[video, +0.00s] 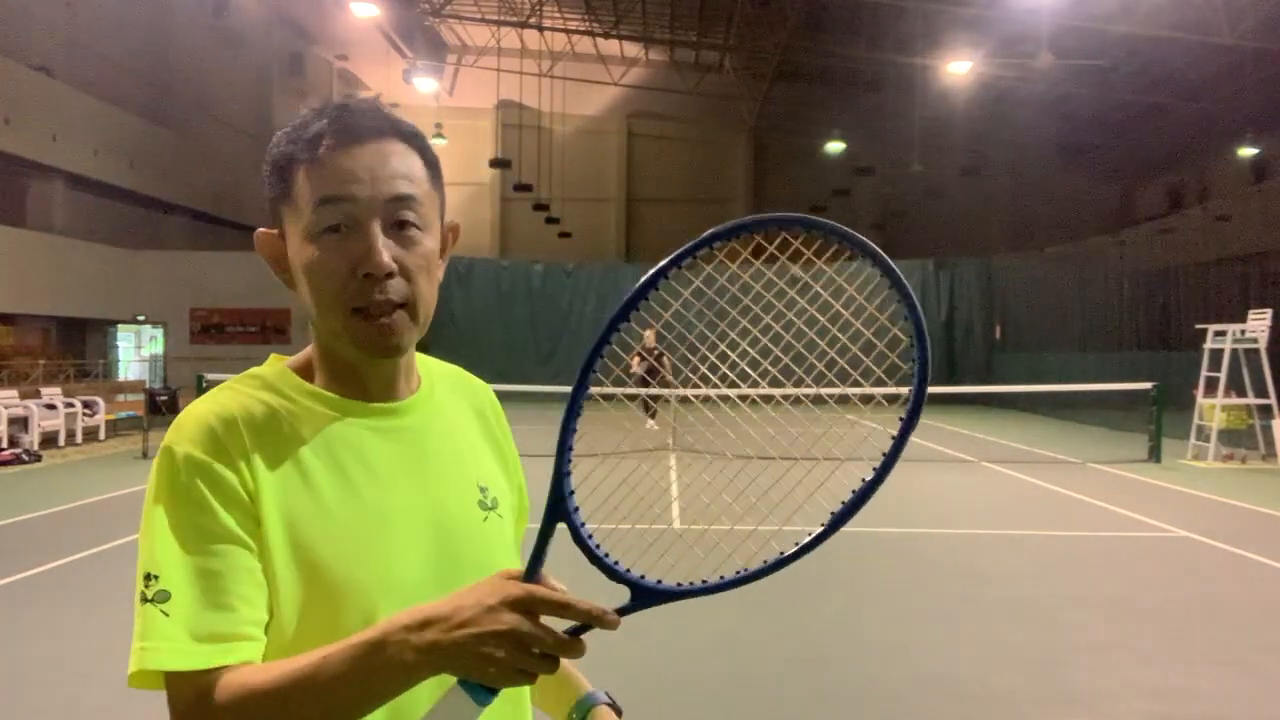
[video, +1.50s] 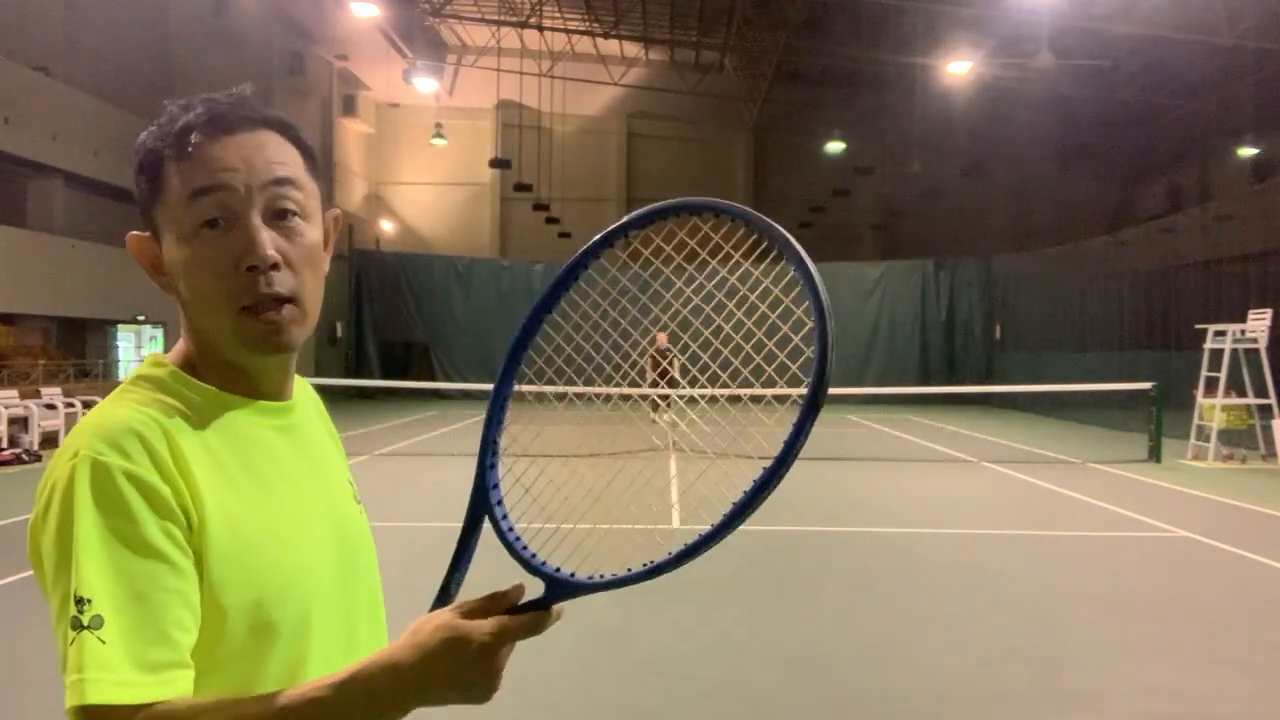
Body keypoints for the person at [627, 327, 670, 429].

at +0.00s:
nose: (648, 339)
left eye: (650, 337)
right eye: (646, 337)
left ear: (654, 338)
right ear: (644, 338)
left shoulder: (659, 351)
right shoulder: (641, 351)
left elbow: (666, 363)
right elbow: (635, 360)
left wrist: (668, 374)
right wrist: (635, 368)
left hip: (656, 377)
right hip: (644, 377)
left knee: (653, 398)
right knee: (645, 398)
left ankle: (651, 419)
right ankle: (648, 418)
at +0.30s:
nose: (651, 338)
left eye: (653, 335)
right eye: (649, 335)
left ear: (657, 337)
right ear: (646, 337)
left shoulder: (660, 349)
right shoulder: (644, 350)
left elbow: (666, 363)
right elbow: (641, 364)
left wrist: (668, 376)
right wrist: (641, 377)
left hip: (660, 376)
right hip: (648, 377)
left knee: (663, 397)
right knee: (649, 398)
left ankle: (664, 413)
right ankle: (650, 418)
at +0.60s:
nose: (656, 340)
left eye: (658, 337)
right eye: (655, 338)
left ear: (661, 338)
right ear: (652, 339)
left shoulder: (666, 351)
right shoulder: (649, 352)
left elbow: (670, 361)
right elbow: (644, 365)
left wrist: (669, 370)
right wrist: (643, 376)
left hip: (662, 376)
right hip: (651, 376)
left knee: (663, 397)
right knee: (651, 396)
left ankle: (662, 416)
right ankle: (651, 416)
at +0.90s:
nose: (658, 340)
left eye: (660, 338)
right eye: (656, 338)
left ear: (663, 339)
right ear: (653, 339)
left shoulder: (666, 353)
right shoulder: (650, 353)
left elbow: (672, 365)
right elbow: (645, 367)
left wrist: (670, 373)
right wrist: (645, 378)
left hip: (664, 378)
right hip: (654, 378)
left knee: (666, 396)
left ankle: (662, 415)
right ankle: (653, 414)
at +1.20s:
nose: (658, 340)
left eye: (660, 337)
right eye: (656, 337)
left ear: (663, 338)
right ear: (653, 339)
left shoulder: (667, 350)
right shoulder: (651, 351)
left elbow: (672, 362)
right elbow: (646, 363)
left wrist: (676, 372)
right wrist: (646, 374)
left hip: (665, 376)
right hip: (654, 376)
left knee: (667, 395)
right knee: (654, 395)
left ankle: (665, 412)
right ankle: (654, 413)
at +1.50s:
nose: (661, 341)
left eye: (663, 339)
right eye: (659, 339)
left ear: (666, 340)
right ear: (656, 340)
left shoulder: (670, 350)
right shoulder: (653, 352)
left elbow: (675, 362)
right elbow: (649, 364)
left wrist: (676, 372)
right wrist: (650, 372)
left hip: (668, 375)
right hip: (657, 375)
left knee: (668, 394)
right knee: (656, 394)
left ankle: (667, 412)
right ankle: (654, 413)